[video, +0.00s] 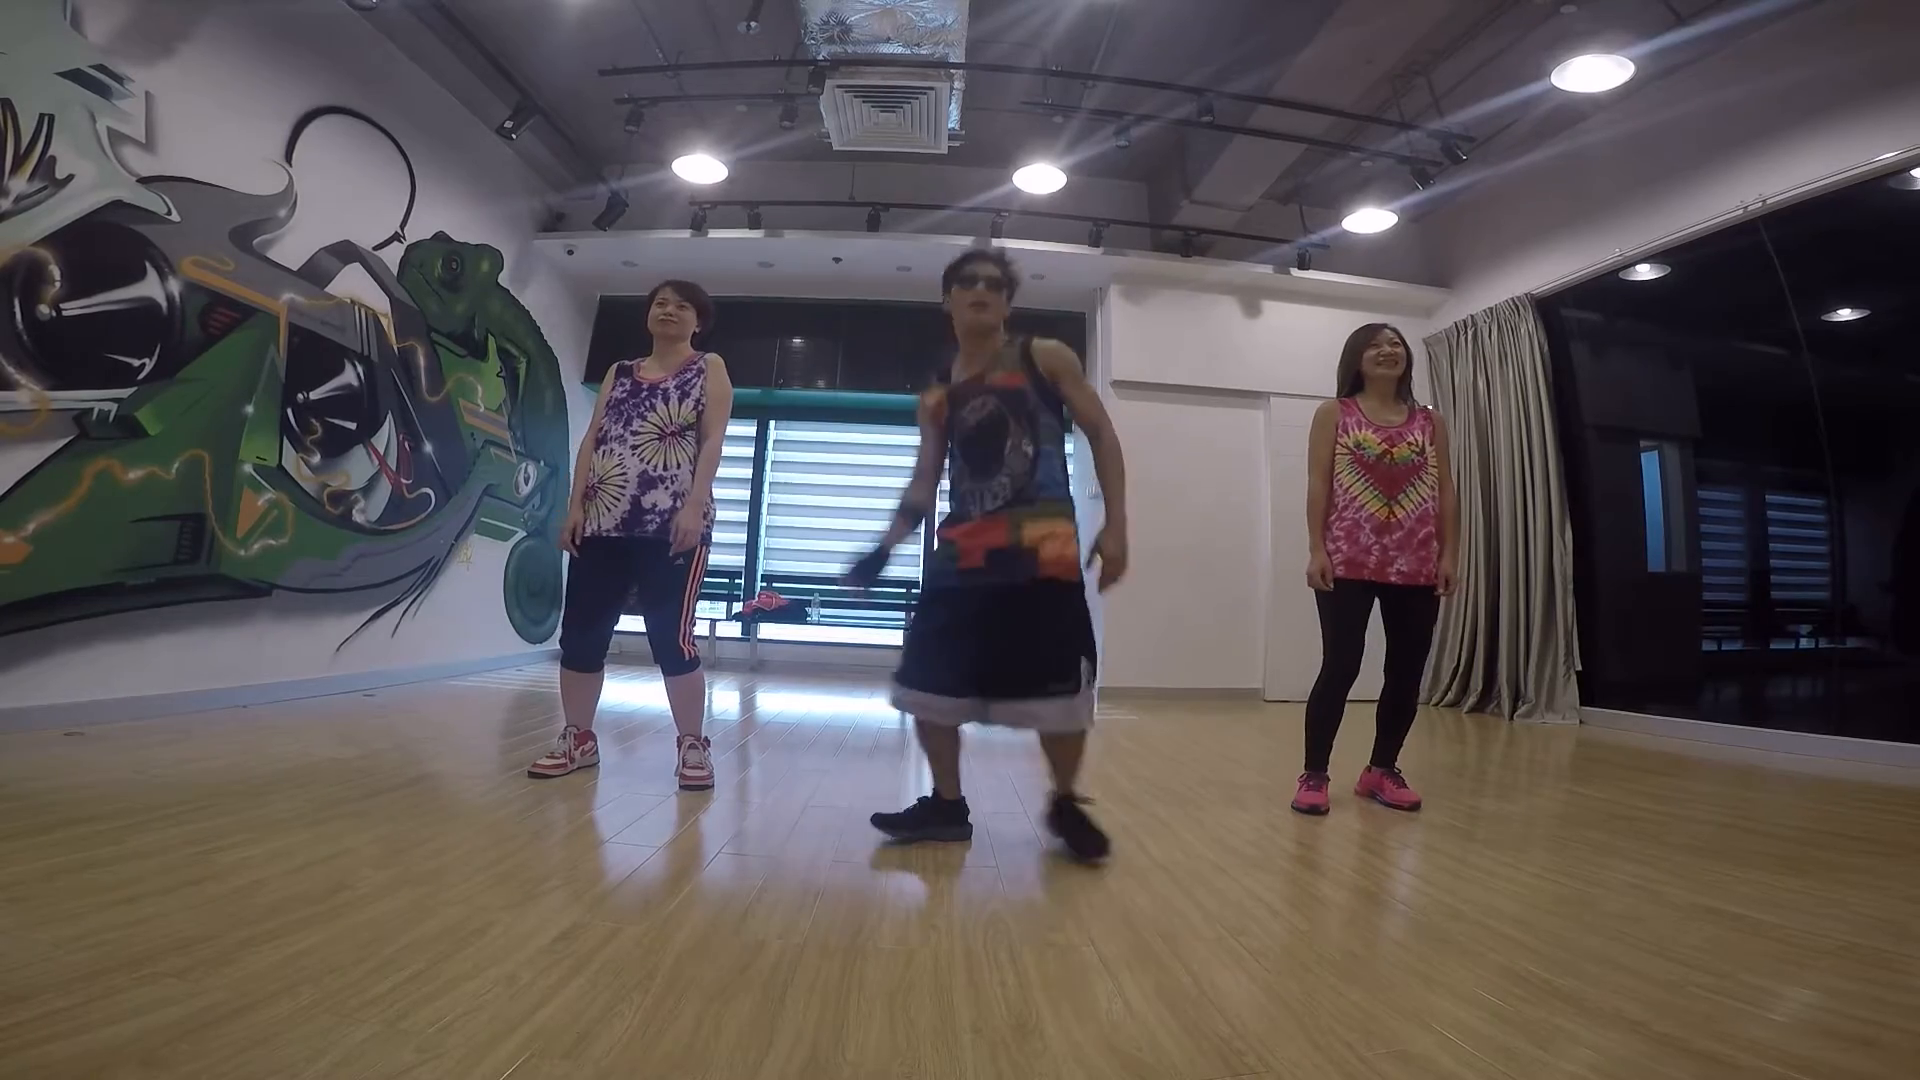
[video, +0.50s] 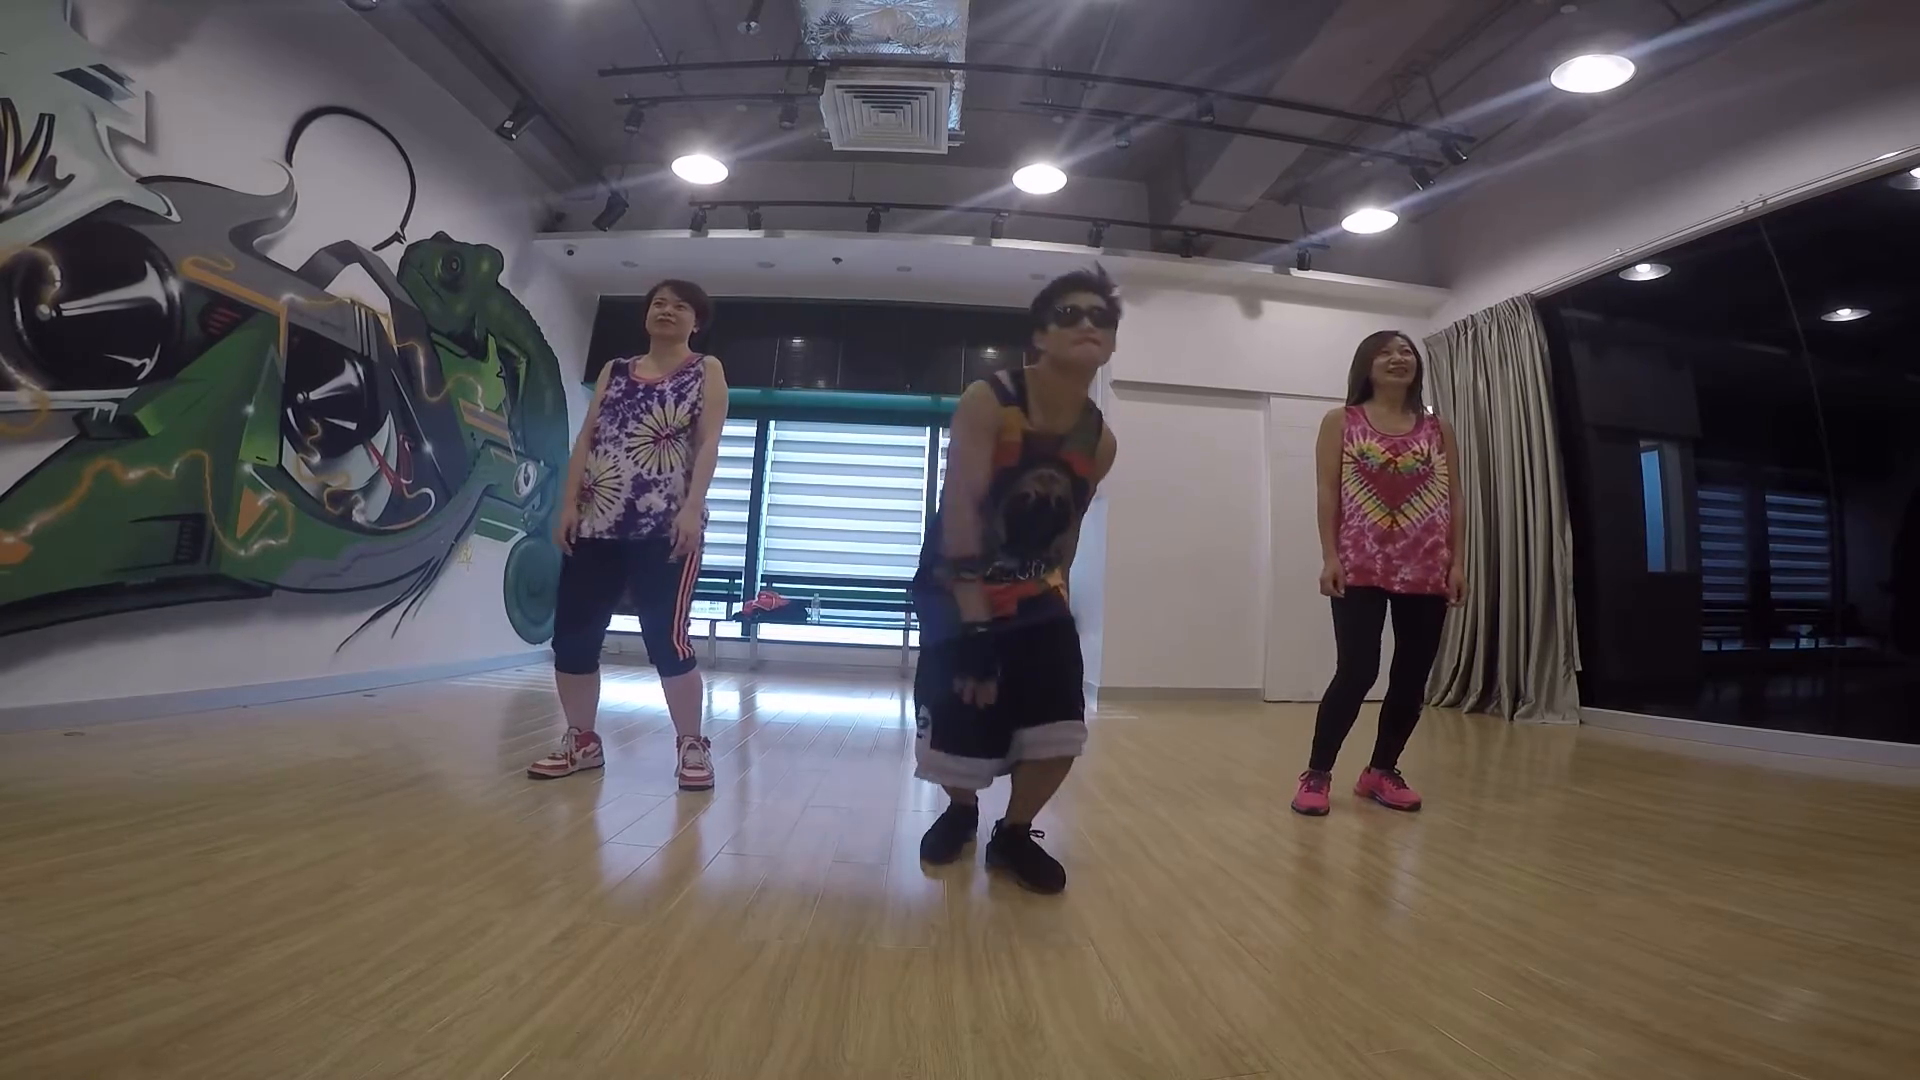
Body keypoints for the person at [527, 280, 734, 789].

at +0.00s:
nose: (668, 310)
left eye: (681, 305)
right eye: (660, 303)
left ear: (697, 322)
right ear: (647, 316)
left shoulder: (709, 368)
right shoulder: (619, 373)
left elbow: (711, 441)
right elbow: (591, 441)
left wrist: (694, 506)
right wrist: (575, 504)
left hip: (671, 527)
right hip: (603, 523)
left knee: (672, 641)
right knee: (580, 636)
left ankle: (692, 745)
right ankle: (578, 741)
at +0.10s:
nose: (669, 309)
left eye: (682, 304)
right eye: (661, 302)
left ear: (699, 322)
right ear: (648, 316)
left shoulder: (710, 368)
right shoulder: (622, 373)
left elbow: (714, 442)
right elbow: (594, 442)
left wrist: (698, 509)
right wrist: (579, 507)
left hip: (674, 528)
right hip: (607, 524)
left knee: (675, 643)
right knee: (580, 638)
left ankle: (692, 745)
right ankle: (578, 741)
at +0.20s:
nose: (670, 309)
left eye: (683, 305)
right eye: (662, 302)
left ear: (700, 322)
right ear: (649, 316)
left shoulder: (711, 368)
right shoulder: (624, 373)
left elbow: (716, 441)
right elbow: (597, 443)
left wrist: (700, 508)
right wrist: (582, 508)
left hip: (677, 528)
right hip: (611, 525)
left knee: (678, 643)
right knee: (575, 636)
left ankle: (693, 745)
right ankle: (577, 741)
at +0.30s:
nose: (670, 309)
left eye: (683, 304)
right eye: (662, 302)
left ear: (700, 321)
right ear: (649, 315)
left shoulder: (712, 367)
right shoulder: (625, 373)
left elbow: (716, 441)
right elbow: (599, 443)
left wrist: (699, 509)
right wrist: (584, 507)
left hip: (679, 527)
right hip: (613, 525)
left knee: (677, 641)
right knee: (572, 632)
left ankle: (693, 744)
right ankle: (578, 740)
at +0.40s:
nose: (670, 309)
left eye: (683, 304)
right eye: (661, 302)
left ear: (699, 321)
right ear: (649, 315)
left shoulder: (711, 369)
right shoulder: (622, 371)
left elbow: (713, 442)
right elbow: (596, 442)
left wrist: (697, 508)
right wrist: (581, 507)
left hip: (674, 528)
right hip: (608, 524)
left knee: (674, 643)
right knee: (580, 636)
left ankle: (692, 745)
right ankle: (583, 742)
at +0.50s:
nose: (666, 309)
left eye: (680, 305)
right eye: (659, 302)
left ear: (696, 322)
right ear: (645, 315)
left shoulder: (707, 371)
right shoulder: (615, 371)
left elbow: (707, 445)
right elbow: (586, 440)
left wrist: (693, 508)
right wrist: (569, 502)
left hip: (664, 528)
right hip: (597, 524)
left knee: (668, 642)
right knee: (572, 637)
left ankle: (691, 744)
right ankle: (582, 742)